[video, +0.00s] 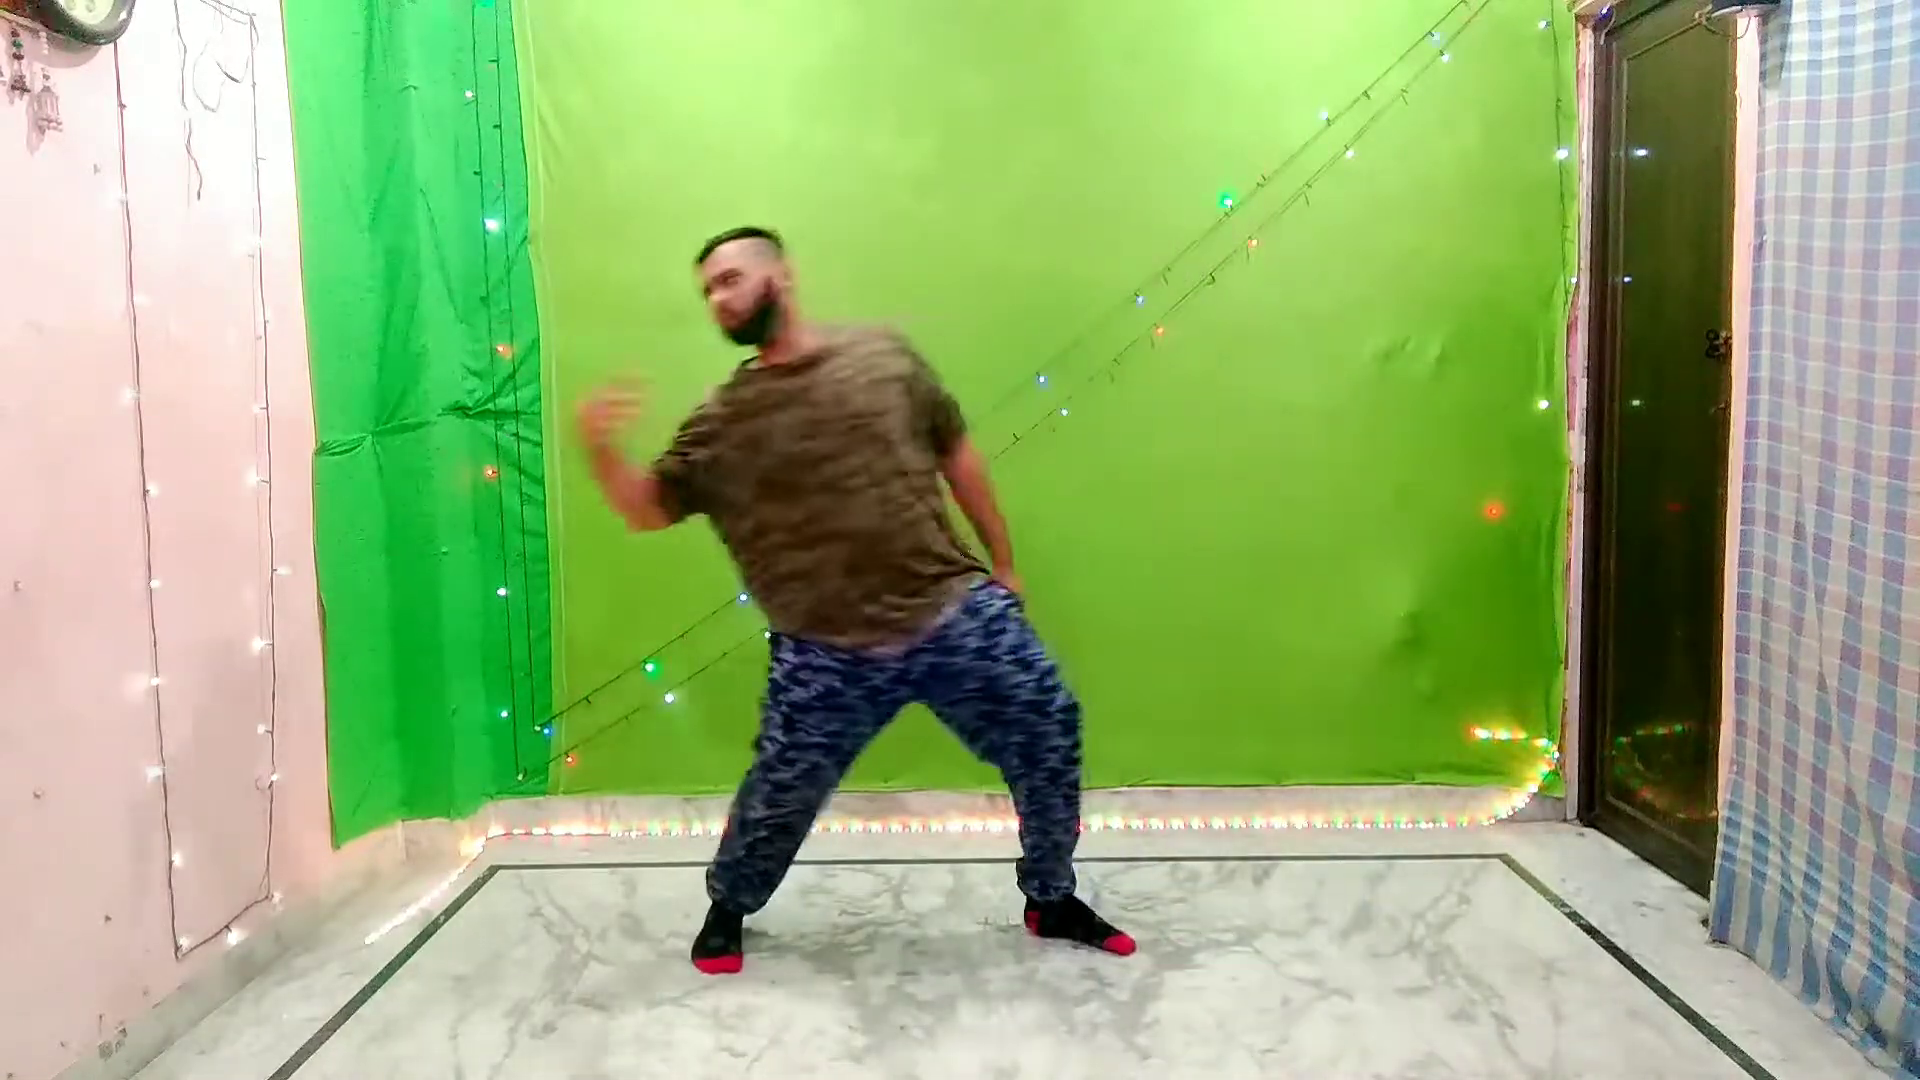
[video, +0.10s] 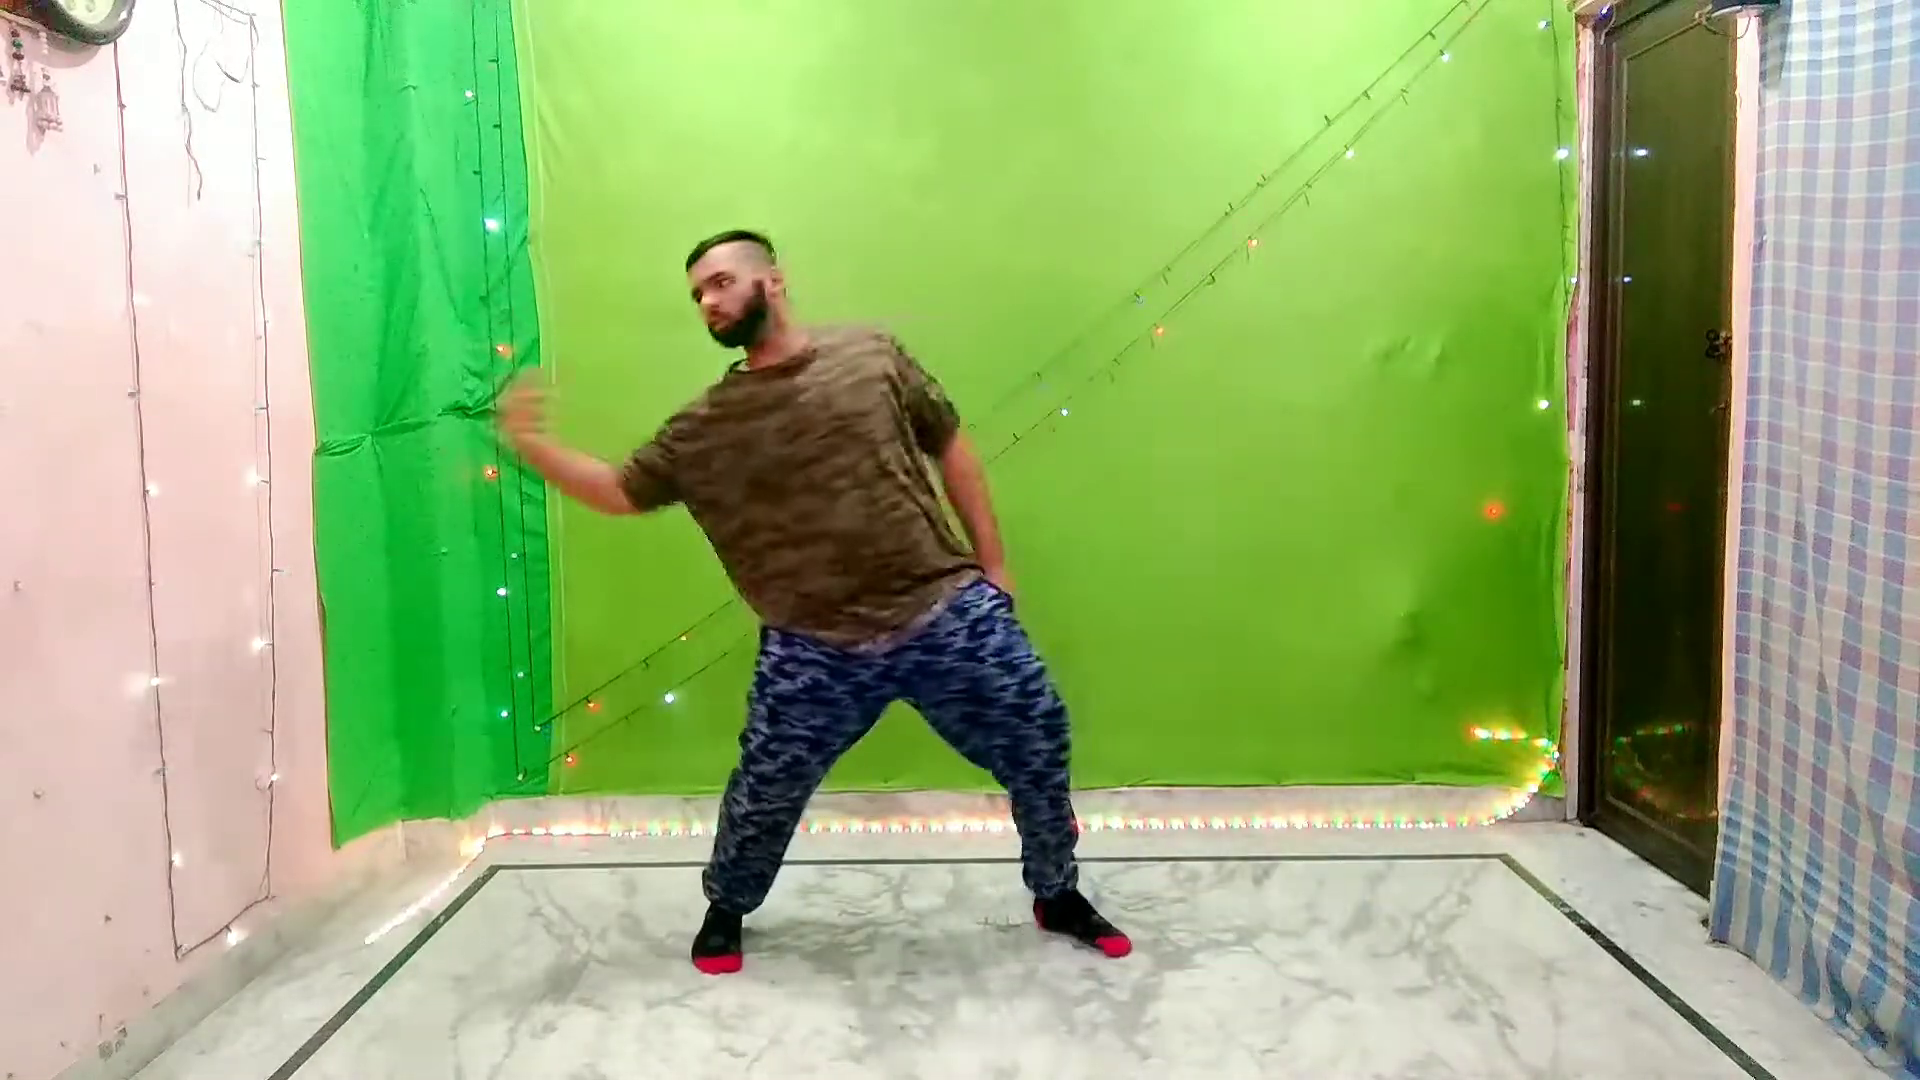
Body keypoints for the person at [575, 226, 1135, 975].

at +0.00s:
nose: (720, 296)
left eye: (731, 277)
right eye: (709, 290)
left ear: (782, 273)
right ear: (710, 311)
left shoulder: (884, 358)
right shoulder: (722, 423)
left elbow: (955, 451)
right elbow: (650, 507)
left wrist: (1002, 562)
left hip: (950, 610)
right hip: (825, 645)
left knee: (1048, 728)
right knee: (783, 790)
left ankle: (1051, 897)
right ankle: (726, 912)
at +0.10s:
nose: (708, 302)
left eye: (720, 281)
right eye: (699, 294)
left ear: (774, 277)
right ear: (702, 313)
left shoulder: (872, 355)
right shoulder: (704, 429)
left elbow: (949, 447)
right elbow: (618, 490)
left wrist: (992, 564)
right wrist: (530, 443)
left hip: (941, 608)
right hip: (813, 642)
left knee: (1036, 735)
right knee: (768, 788)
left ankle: (1057, 894)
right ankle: (724, 916)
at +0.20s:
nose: (777, 261)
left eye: (783, 249)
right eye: (754, 261)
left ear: (809, 268)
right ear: (731, 298)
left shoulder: (883, 351)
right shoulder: (708, 414)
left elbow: (990, 397)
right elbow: (610, 461)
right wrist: (494, 443)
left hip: (935, 607)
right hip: (807, 633)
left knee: (1024, 741)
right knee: (766, 783)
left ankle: (1063, 894)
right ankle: (724, 917)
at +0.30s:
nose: (824, 256)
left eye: (821, 246)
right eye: (801, 253)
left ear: (829, 266)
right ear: (760, 286)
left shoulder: (900, 347)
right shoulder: (721, 405)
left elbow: (1007, 362)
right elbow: (624, 452)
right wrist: (502, 443)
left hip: (937, 607)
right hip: (810, 631)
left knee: (1023, 745)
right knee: (766, 782)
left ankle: (1063, 896)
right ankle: (724, 915)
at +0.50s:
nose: (859, 255)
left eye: (855, 244)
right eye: (838, 249)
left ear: (852, 266)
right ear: (792, 280)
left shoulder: (925, 335)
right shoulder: (744, 395)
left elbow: (1032, 322)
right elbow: (646, 442)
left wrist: (1098, 247)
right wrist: (529, 432)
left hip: (948, 599)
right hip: (818, 618)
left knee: (1025, 734)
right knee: (769, 764)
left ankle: (1061, 894)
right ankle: (728, 904)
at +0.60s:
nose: (846, 260)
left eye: (843, 249)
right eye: (825, 256)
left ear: (848, 264)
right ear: (782, 288)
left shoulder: (911, 353)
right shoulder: (744, 399)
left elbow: (995, 416)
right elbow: (660, 459)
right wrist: (546, 427)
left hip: (944, 599)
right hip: (814, 619)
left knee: (1024, 742)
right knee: (765, 768)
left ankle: (1060, 894)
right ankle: (728, 909)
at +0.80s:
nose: (749, 288)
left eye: (759, 269)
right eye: (735, 278)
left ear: (799, 260)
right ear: (727, 287)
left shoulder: (861, 340)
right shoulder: (726, 370)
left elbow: (844, 421)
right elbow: (650, 444)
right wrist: (621, 398)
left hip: (871, 581)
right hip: (759, 592)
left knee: (940, 737)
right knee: (724, 743)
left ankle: (1013, 877)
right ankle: (726, 901)